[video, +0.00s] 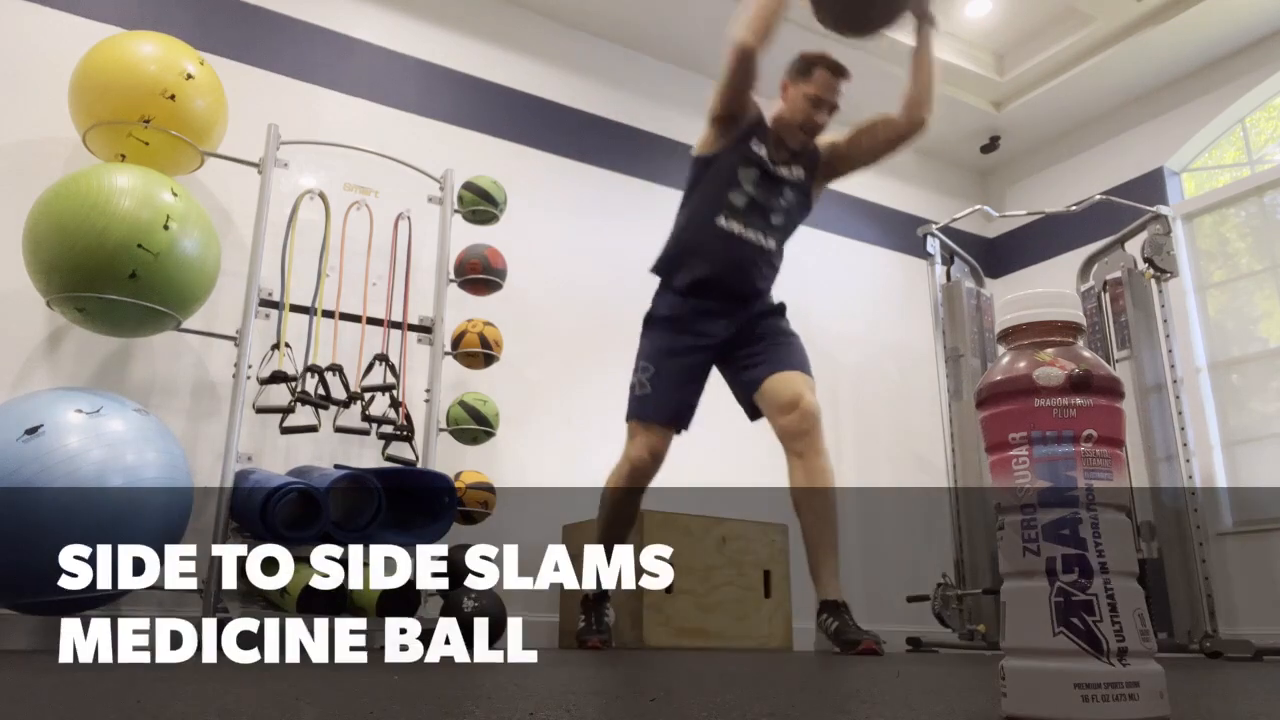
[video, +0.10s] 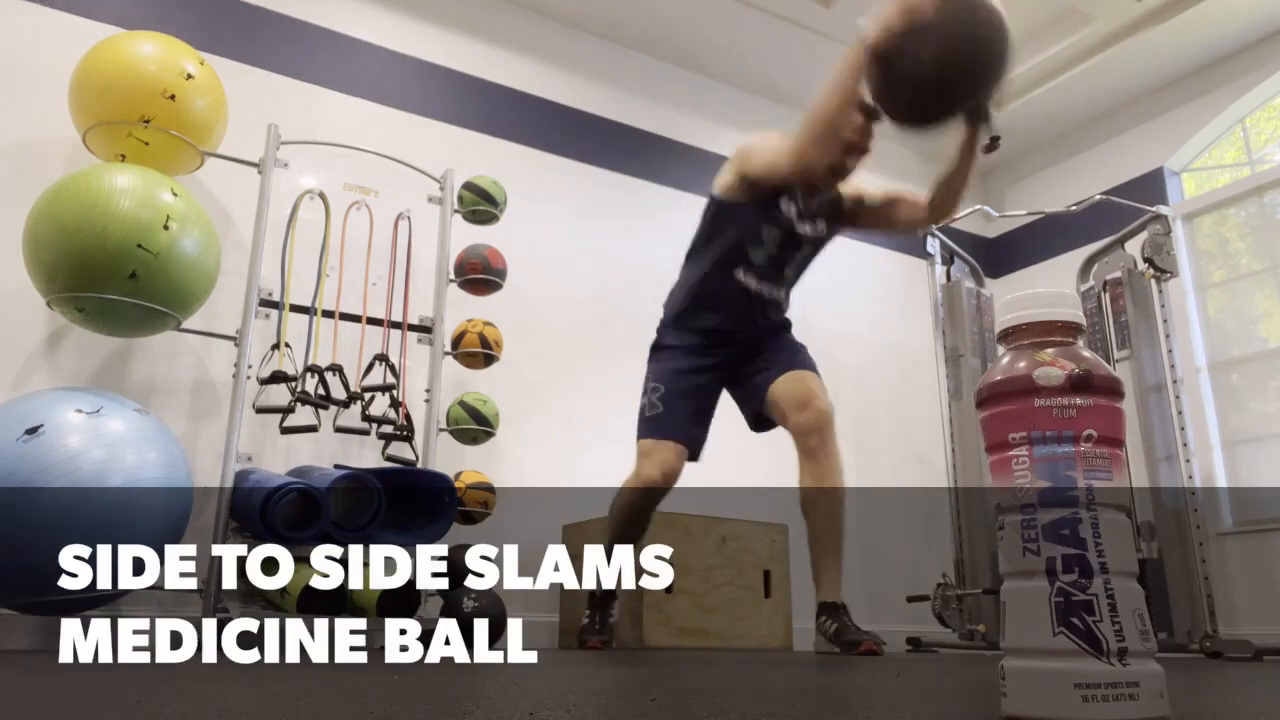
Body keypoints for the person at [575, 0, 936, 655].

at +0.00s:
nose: (821, 117)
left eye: (831, 110)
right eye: (814, 102)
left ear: (833, 113)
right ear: (783, 90)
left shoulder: (816, 166)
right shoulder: (733, 127)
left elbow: (912, 119)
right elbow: (743, 51)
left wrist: (924, 25)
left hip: (753, 318)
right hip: (681, 313)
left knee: (801, 419)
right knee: (641, 459)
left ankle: (832, 606)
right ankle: (597, 591)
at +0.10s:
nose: (860, 144)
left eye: (868, 136)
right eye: (854, 129)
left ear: (866, 145)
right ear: (820, 124)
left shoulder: (841, 205)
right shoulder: (755, 159)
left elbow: (933, 211)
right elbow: (807, 157)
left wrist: (973, 135)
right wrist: (867, 46)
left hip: (764, 340)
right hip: (693, 334)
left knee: (813, 416)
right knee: (657, 472)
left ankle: (831, 612)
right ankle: (604, 589)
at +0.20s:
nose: (880, 205)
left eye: (889, 195)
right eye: (877, 188)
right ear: (841, 167)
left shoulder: (864, 245)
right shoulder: (774, 200)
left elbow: (915, 317)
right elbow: (811, 283)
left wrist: (973, 276)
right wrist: (904, 249)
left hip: (773, 355)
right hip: (701, 348)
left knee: (831, 416)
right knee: (670, 472)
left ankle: (833, 611)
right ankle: (618, 587)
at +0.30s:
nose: (904, 239)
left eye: (913, 228)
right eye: (899, 221)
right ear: (863, 200)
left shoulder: (876, 278)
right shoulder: (791, 232)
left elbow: (908, 370)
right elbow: (802, 357)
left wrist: (969, 424)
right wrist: (866, 448)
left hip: (777, 371)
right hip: (706, 363)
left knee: (849, 429)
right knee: (678, 475)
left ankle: (835, 612)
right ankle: (648, 597)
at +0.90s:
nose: (887, 160)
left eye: (895, 152)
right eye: (877, 145)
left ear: (896, 166)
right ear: (836, 146)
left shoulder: (858, 237)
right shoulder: (778, 199)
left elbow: (870, 345)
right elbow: (774, 318)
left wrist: (931, 396)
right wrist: (862, 376)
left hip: (771, 354)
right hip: (705, 346)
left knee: (839, 411)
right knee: (698, 481)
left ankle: (834, 610)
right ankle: (653, 601)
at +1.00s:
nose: (859, 126)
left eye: (866, 119)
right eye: (848, 112)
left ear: (867, 135)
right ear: (811, 119)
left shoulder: (846, 213)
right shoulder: (761, 174)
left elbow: (863, 314)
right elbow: (767, 276)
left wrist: (912, 315)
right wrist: (868, 288)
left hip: (777, 338)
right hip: (709, 335)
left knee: (837, 416)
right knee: (698, 476)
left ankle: (834, 612)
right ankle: (654, 600)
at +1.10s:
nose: (827, 106)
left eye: (835, 100)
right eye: (816, 94)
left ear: (837, 117)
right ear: (784, 103)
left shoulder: (828, 193)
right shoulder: (746, 155)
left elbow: (876, 279)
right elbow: (757, 215)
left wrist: (933, 239)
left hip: (780, 331)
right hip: (709, 328)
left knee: (836, 414)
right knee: (698, 470)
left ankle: (833, 611)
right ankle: (653, 600)